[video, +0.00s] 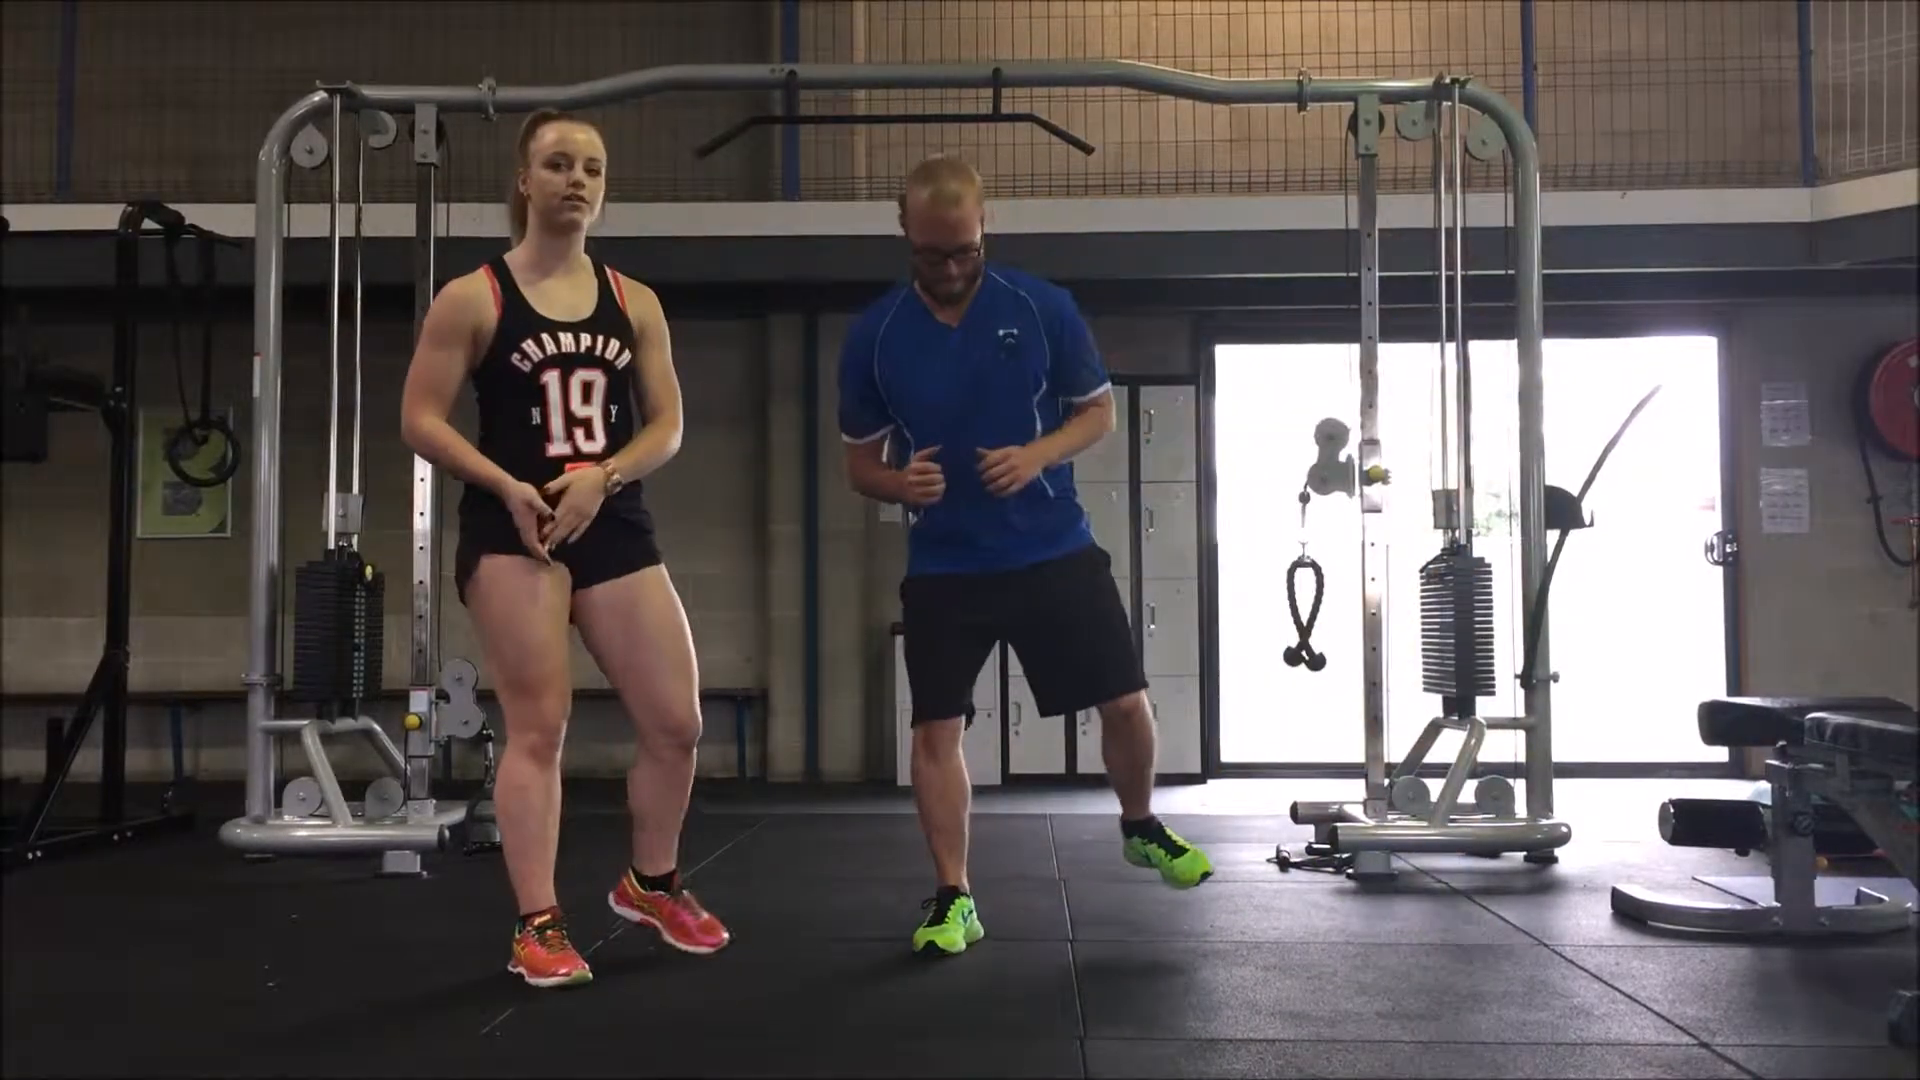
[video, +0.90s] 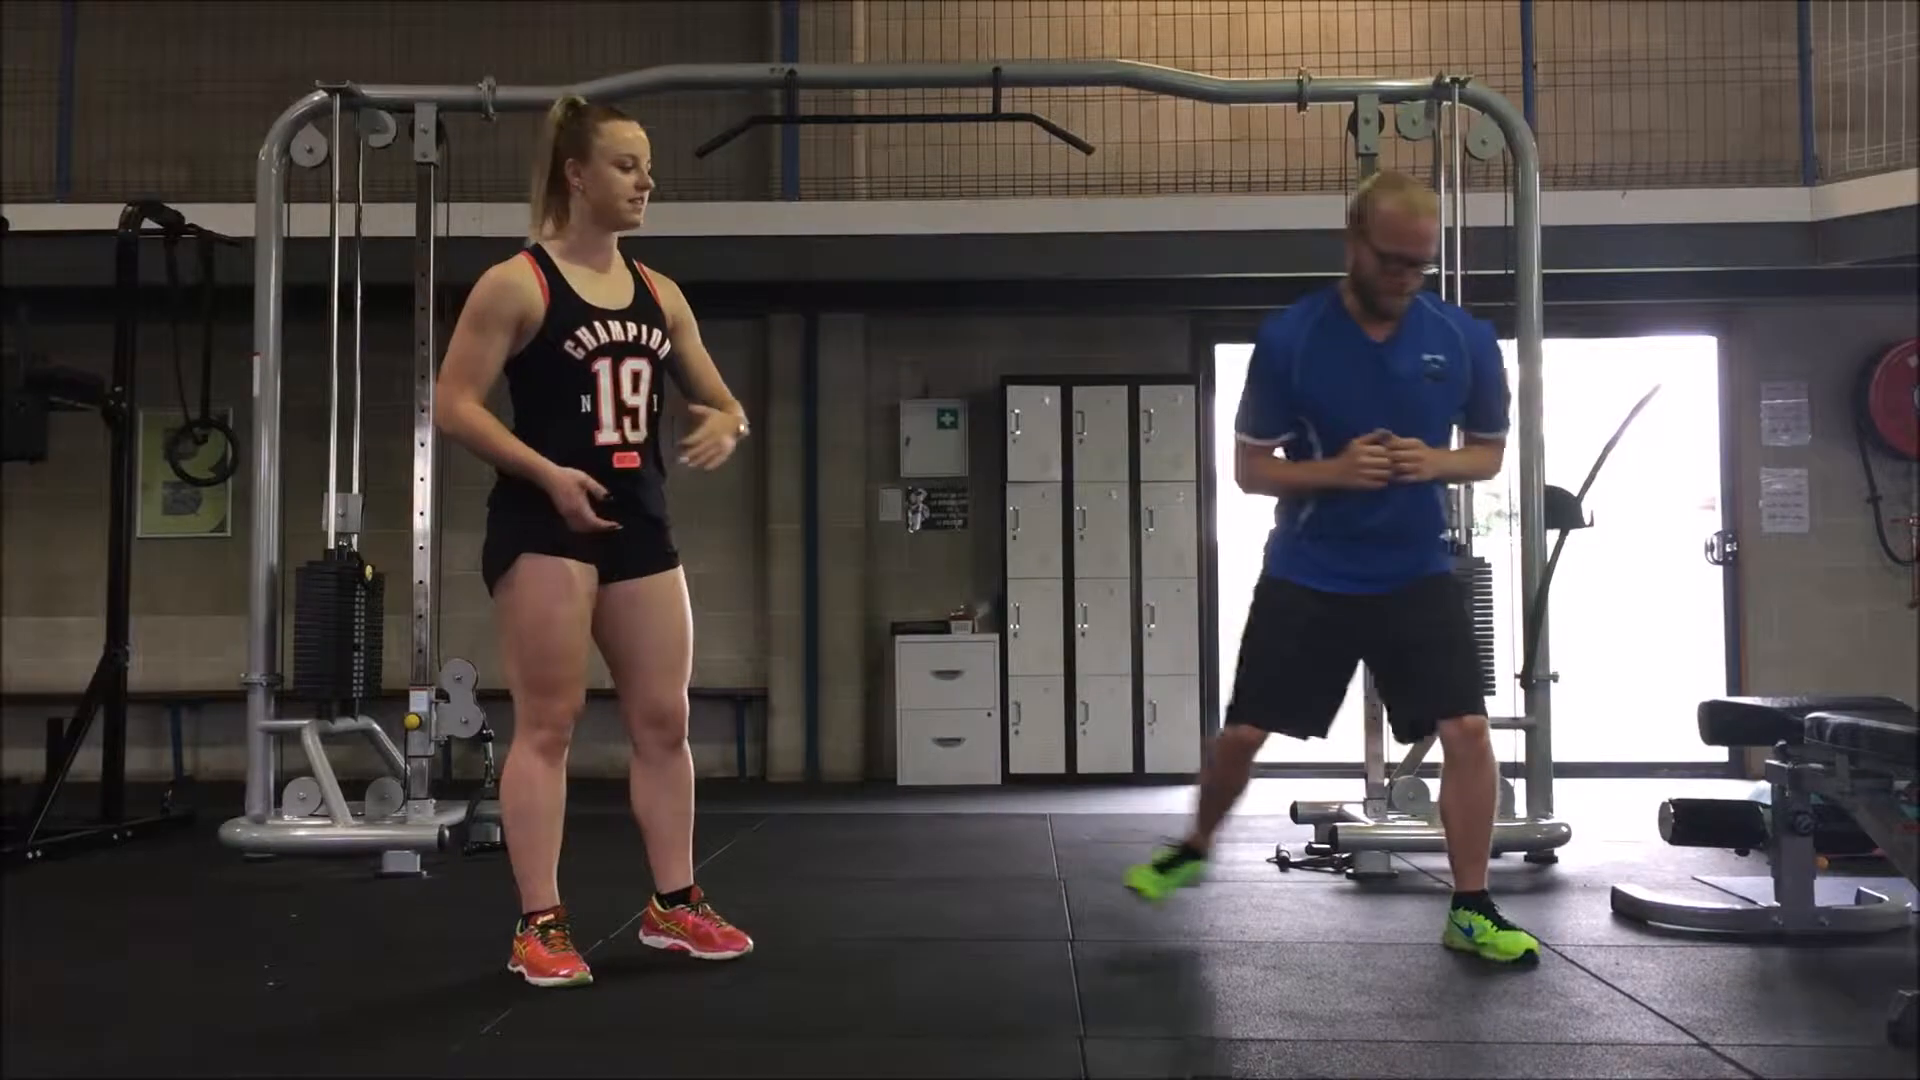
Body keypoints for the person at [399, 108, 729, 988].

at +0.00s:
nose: (575, 180)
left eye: (589, 169)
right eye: (557, 165)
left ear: (603, 189)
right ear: (522, 181)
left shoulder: (635, 303)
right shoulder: (471, 300)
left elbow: (668, 426)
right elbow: (419, 420)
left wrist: (605, 475)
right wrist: (504, 485)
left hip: (613, 527)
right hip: (511, 530)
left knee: (674, 721)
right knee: (537, 723)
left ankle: (652, 884)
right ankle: (539, 926)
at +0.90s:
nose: (644, 182)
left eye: (647, 169)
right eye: (627, 166)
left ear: (633, 183)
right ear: (574, 173)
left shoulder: (660, 293)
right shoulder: (514, 285)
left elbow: (717, 404)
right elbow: (453, 404)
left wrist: (727, 423)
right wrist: (545, 471)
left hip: (641, 530)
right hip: (546, 527)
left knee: (664, 723)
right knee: (546, 725)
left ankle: (674, 904)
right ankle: (540, 926)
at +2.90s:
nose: (631, 183)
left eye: (643, 169)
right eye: (611, 169)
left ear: (658, 187)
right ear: (576, 186)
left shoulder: (684, 303)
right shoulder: (531, 297)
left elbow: (724, 419)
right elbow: (481, 417)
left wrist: (702, 514)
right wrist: (566, 479)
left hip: (655, 533)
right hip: (553, 531)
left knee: (684, 726)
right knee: (546, 726)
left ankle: (674, 907)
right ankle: (538, 925)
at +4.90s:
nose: (640, 201)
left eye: (643, 187)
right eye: (624, 186)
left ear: (631, 196)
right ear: (570, 189)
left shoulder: (655, 303)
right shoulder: (502, 299)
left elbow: (686, 417)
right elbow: (459, 420)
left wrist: (664, 437)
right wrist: (575, 436)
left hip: (625, 528)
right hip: (532, 525)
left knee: (678, 720)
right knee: (544, 720)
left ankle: (674, 906)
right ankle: (538, 924)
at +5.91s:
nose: (598, 183)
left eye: (611, 171)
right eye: (579, 168)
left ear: (625, 190)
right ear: (543, 182)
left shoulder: (654, 302)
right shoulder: (498, 301)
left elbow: (686, 412)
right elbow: (471, 430)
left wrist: (673, 448)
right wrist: (548, 528)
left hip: (622, 528)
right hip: (526, 529)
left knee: (672, 724)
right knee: (545, 726)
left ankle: (673, 907)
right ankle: (538, 926)